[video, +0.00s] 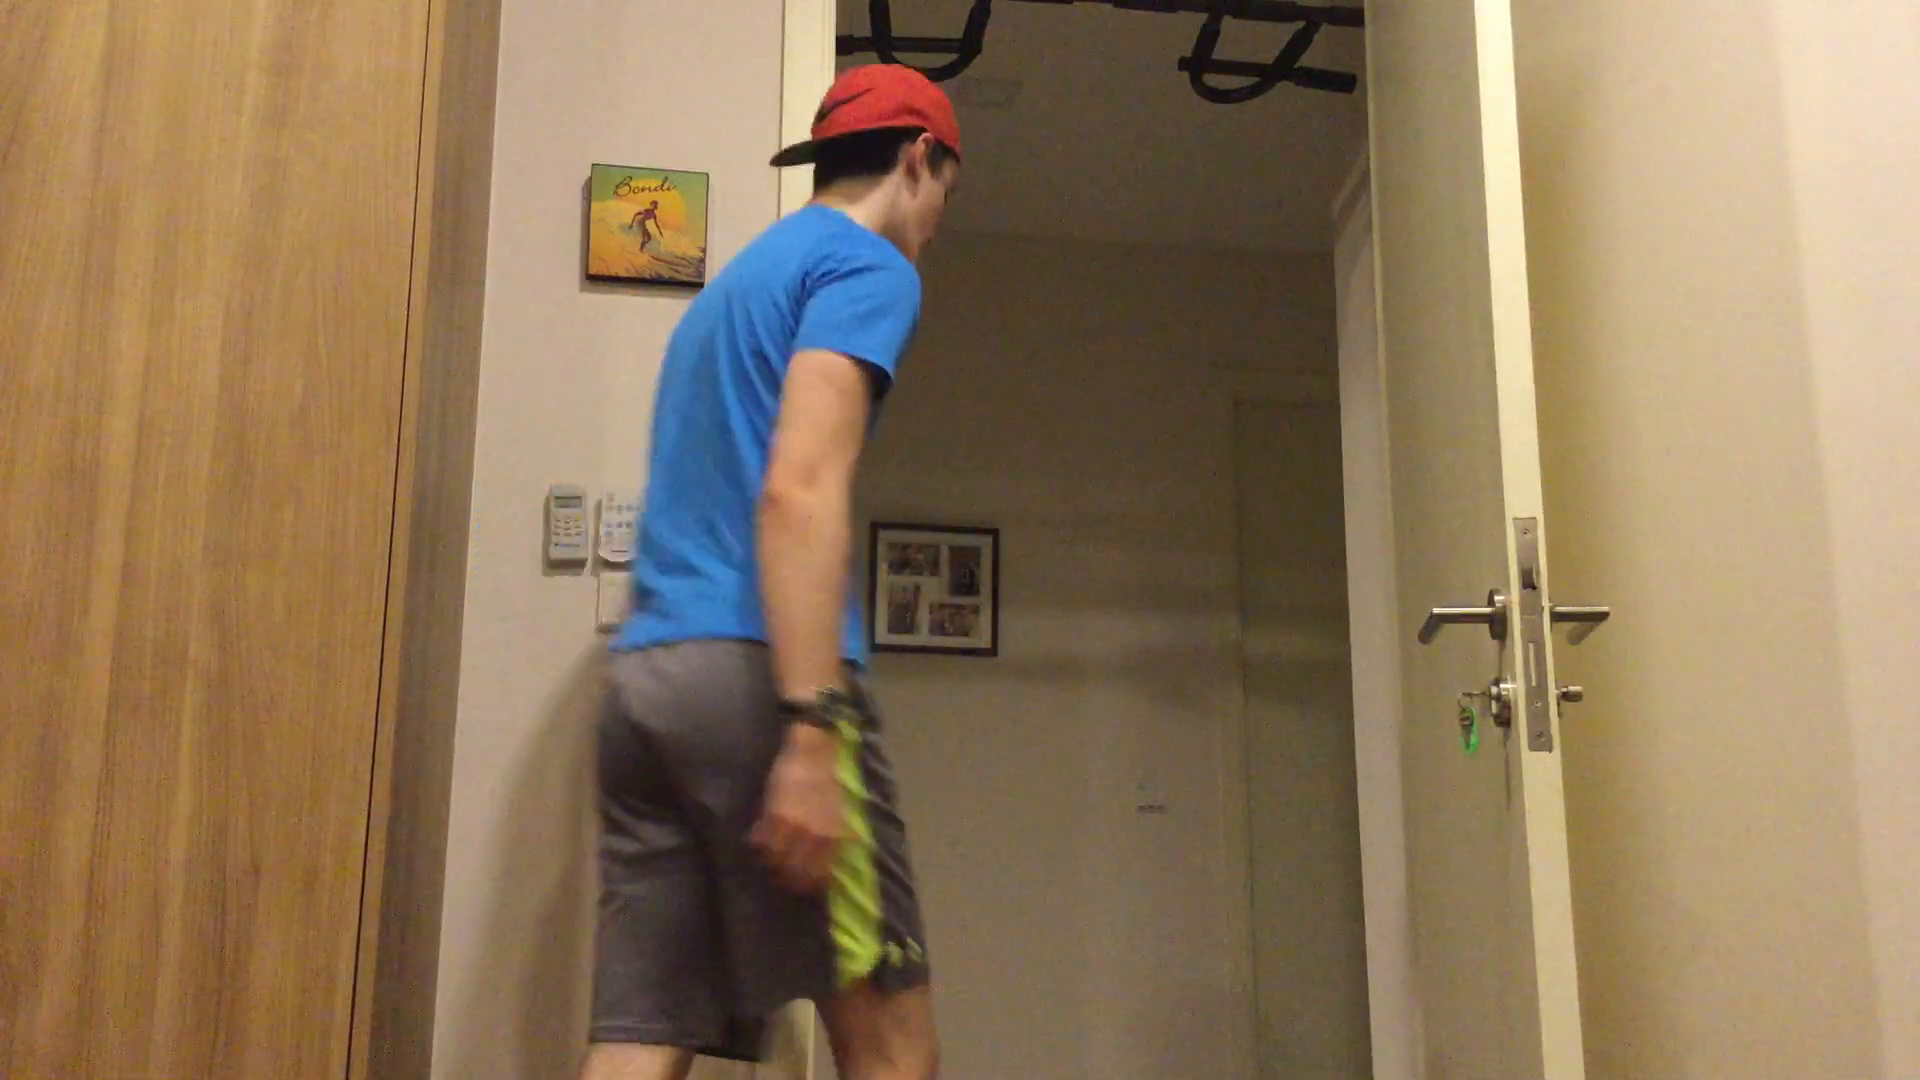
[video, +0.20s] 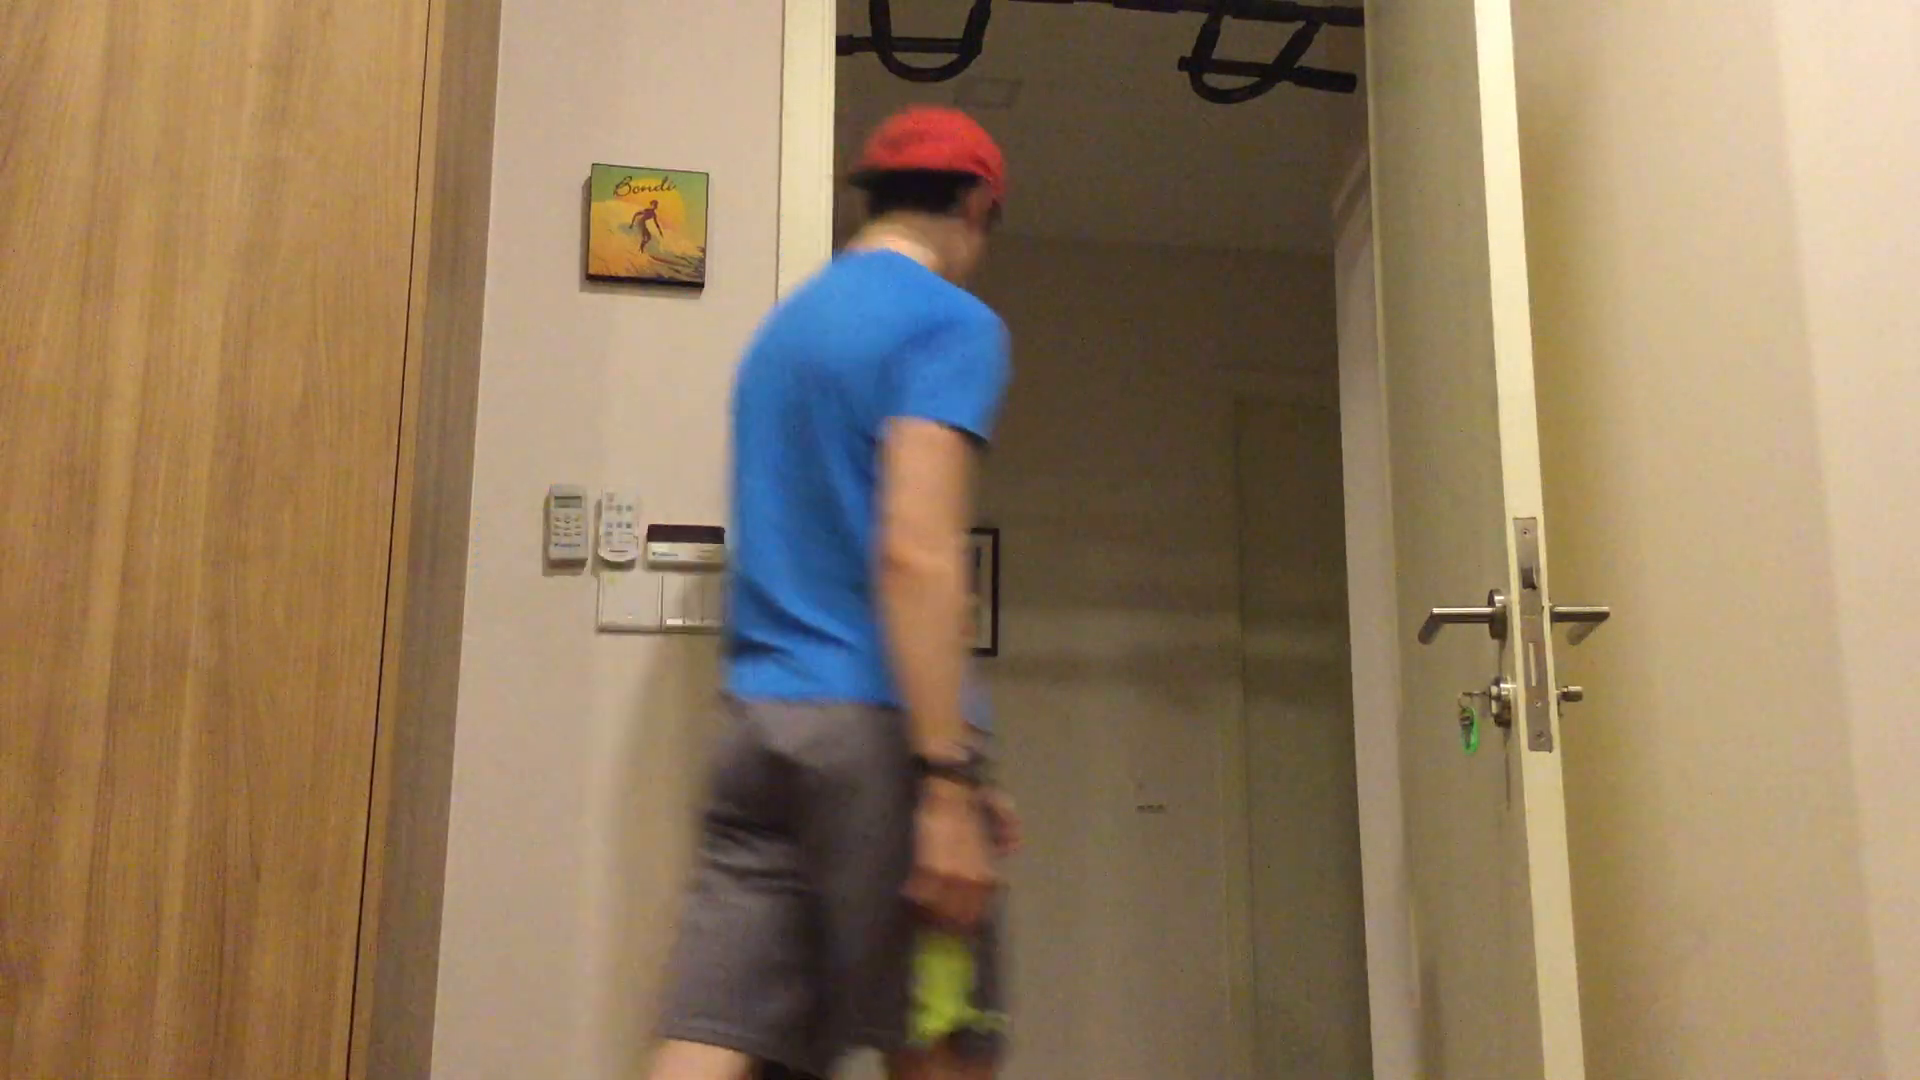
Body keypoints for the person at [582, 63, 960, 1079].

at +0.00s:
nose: (941, 221)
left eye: (947, 192)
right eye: (947, 189)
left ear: (826, 164)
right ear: (918, 163)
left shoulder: (740, 277)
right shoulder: (864, 264)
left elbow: (699, 499)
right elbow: (798, 486)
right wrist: (814, 728)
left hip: (644, 679)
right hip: (759, 678)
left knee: (636, 1039)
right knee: (886, 1039)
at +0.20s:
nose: (986, 248)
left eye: (988, 225)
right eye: (988, 223)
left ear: (869, 203)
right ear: (972, 211)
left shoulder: (788, 323)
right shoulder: (946, 321)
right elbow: (917, 557)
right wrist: (946, 779)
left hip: (761, 721)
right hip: (870, 731)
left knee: (710, 1042)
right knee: (939, 1051)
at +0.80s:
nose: (1155, 332)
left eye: (1160, 305)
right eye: (1159, 299)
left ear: (1061, 282)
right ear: (1128, 278)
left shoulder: (986, 418)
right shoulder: (1109, 384)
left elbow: (963, 643)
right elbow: (1162, 605)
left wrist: (967, 832)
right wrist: (1320, 715)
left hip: (1039, 770)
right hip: (1108, 768)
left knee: (1171, 1055)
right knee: (1093, 1054)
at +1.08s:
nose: (1197, 310)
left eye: (1201, 293)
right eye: (1171, 291)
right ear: (1110, 308)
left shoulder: (1115, 421)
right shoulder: (1121, 420)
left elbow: (1156, 647)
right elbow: (1175, 611)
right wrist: (1339, 696)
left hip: (1140, 763)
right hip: (1136, 763)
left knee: (1161, 1044)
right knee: (1169, 1043)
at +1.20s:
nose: (1202, 314)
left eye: (1209, 299)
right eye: (1174, 299)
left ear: (1219, 315)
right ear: (1123, 324)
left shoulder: (1175, 467)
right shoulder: (1118, 434)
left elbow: (1191, 685)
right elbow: (1176, 615)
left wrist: (1250, 827)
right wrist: (1336, 710)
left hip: (1173, 789)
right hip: (1119, 778)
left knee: (1175, 1055)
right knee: (1171, 1055)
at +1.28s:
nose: (1197, 317)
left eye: (1206, 303)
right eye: (1170, 303)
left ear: (1220, 324)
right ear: (1123, 331)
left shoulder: (1210, 490)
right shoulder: (1110, 442)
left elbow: (1214, 674)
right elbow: (1173, 615)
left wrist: (1255, 832)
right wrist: (1309, 716)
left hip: (1185, 795)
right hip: (1106, 783)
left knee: (1188, 1056)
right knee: (1150, 1052)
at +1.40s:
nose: (1178, 326)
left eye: (1190, 311)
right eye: (1150, 315)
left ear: (1206, 333)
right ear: (1113, 345)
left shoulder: (1229, 500)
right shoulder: (1096, 455)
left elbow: (1228, 682)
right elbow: (1129, 617)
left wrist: (1244, 842)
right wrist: (1242, 735)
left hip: (1197, 805)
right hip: (1094, 793)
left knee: (1186, 1059)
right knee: (1107, 1051)